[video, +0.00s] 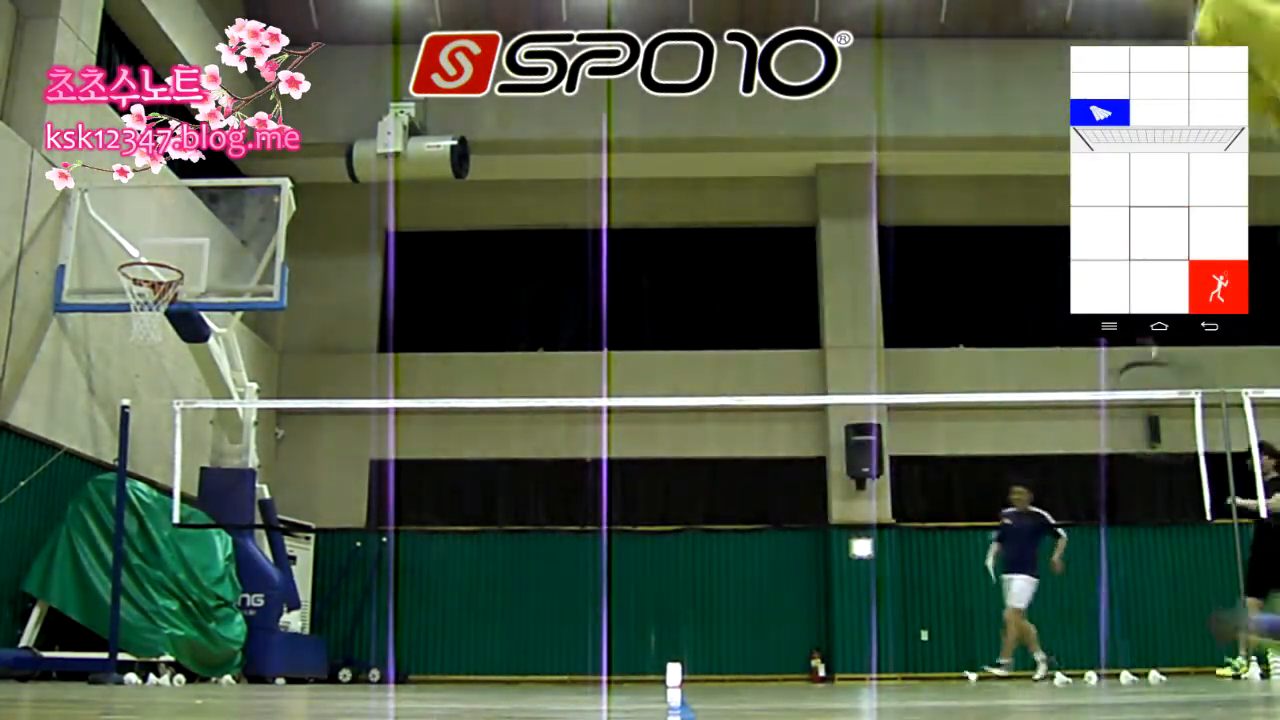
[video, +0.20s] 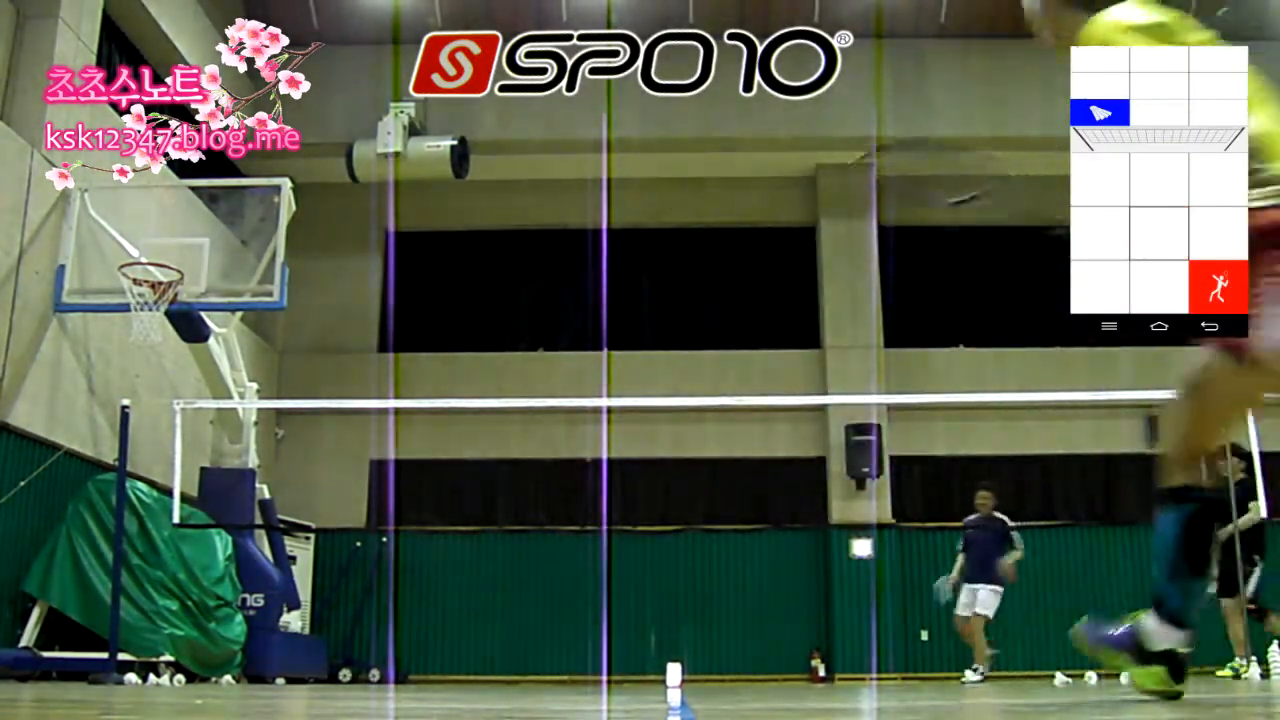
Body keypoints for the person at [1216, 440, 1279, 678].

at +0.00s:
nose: (1256, 465)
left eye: (1260, 460)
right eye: (1255, 460)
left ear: (1272, 461)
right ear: (1262, 462)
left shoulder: (1276, 483)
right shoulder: (1259, 484)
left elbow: (1275, 504)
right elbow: (1262, 508)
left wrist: (1244, 503)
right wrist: (1246, 505)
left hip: (1271, 549)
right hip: (1261, 549)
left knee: (1254, 602)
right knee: (1253, 602)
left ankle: (1246, 656)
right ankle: (1245, 656)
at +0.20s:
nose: (1221, 465)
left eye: (1225, 460)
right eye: (1220, 460)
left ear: (1237, 462)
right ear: (1233, 463)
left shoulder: (1247, 485)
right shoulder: (1228, 489)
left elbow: (1256, 513)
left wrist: (1228, 530)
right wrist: (1219, 536)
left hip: (1247, 551)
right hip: (1229, 551)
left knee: (1241, 600)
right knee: (1229, 602)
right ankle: (1241, 658)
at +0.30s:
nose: (1212, 465)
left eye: (1216, 460)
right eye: (1209, 461)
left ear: (1227, 461)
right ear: (1206, 465)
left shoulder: (1240, 484)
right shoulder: (1211, 490)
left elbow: (1251, 515)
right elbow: (1205, 528)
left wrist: (1233, 543)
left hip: (1239, 548)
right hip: (1219, 549)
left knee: (1228, 602)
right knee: (1228, 604)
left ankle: (1242, 656)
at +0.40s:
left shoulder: (1233, 497)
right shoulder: (1201, 503)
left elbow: (1244, 522)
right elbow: (1192, 530)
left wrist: (1237, 544)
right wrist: (1179, 560)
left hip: (1231, 558)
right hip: (1212, 560)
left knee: (1208, 600)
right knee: (1228, 609)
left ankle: (1213, 657)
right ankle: (1241, 660)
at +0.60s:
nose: (1175, 485)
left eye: (1176, 480)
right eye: (1173, 482)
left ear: (1187, 473)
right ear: (1179, 478)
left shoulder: (1209, 492)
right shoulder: (1182, 501)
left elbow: (1229, 518)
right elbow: (1168, 531)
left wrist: (1221, 549)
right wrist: (1151, 561)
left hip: (1210, 564)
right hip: (1193, 566)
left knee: (1182, 606)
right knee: (1207, 618)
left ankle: (1166, 660)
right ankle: (1239, 659)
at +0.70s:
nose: (1160, 488)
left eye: (1163, 483)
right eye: (1159, 484)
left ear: (1178, 480)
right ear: (1164, 485)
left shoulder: (1197, 500)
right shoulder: (1169, 507)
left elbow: (1217, 527)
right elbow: (1157, 537)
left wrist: (1205, 558)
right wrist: (1141, 563)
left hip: (1197, 571)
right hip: (1181, 573)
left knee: (1171, 610)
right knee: (1191, 626)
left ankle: (1158, 666)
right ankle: (1234, 657)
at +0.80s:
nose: (1151, 496)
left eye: (1153, 491)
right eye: (1149, 493)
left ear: (1166, 487)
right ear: (1150, 492)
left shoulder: (1185, 504)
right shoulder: (1158, 511)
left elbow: (1202, 534)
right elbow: (1149, 543)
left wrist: (1186, 562)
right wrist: (1136, 569)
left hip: (1197, 567)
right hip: (1176, 568)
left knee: (1172, 611)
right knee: (1168, 617)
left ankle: (1159, 666)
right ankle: (1211, 647)